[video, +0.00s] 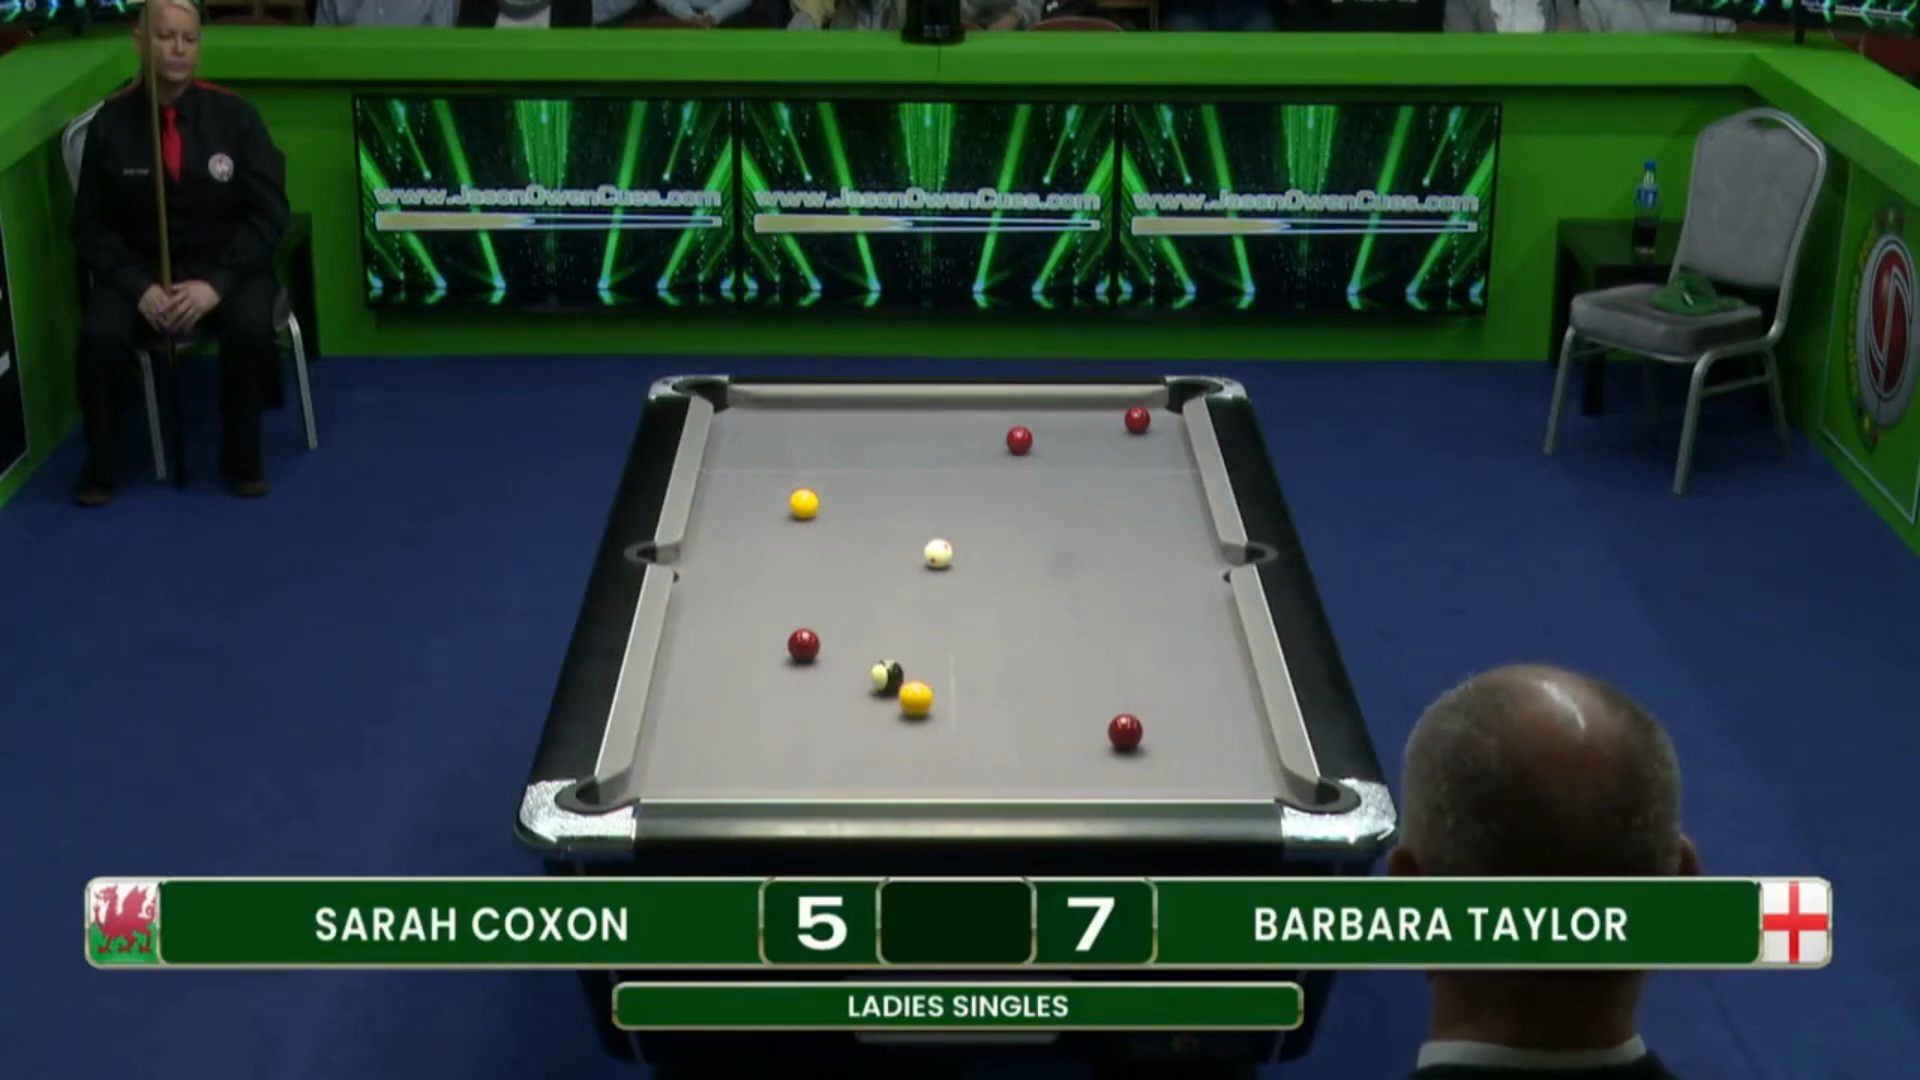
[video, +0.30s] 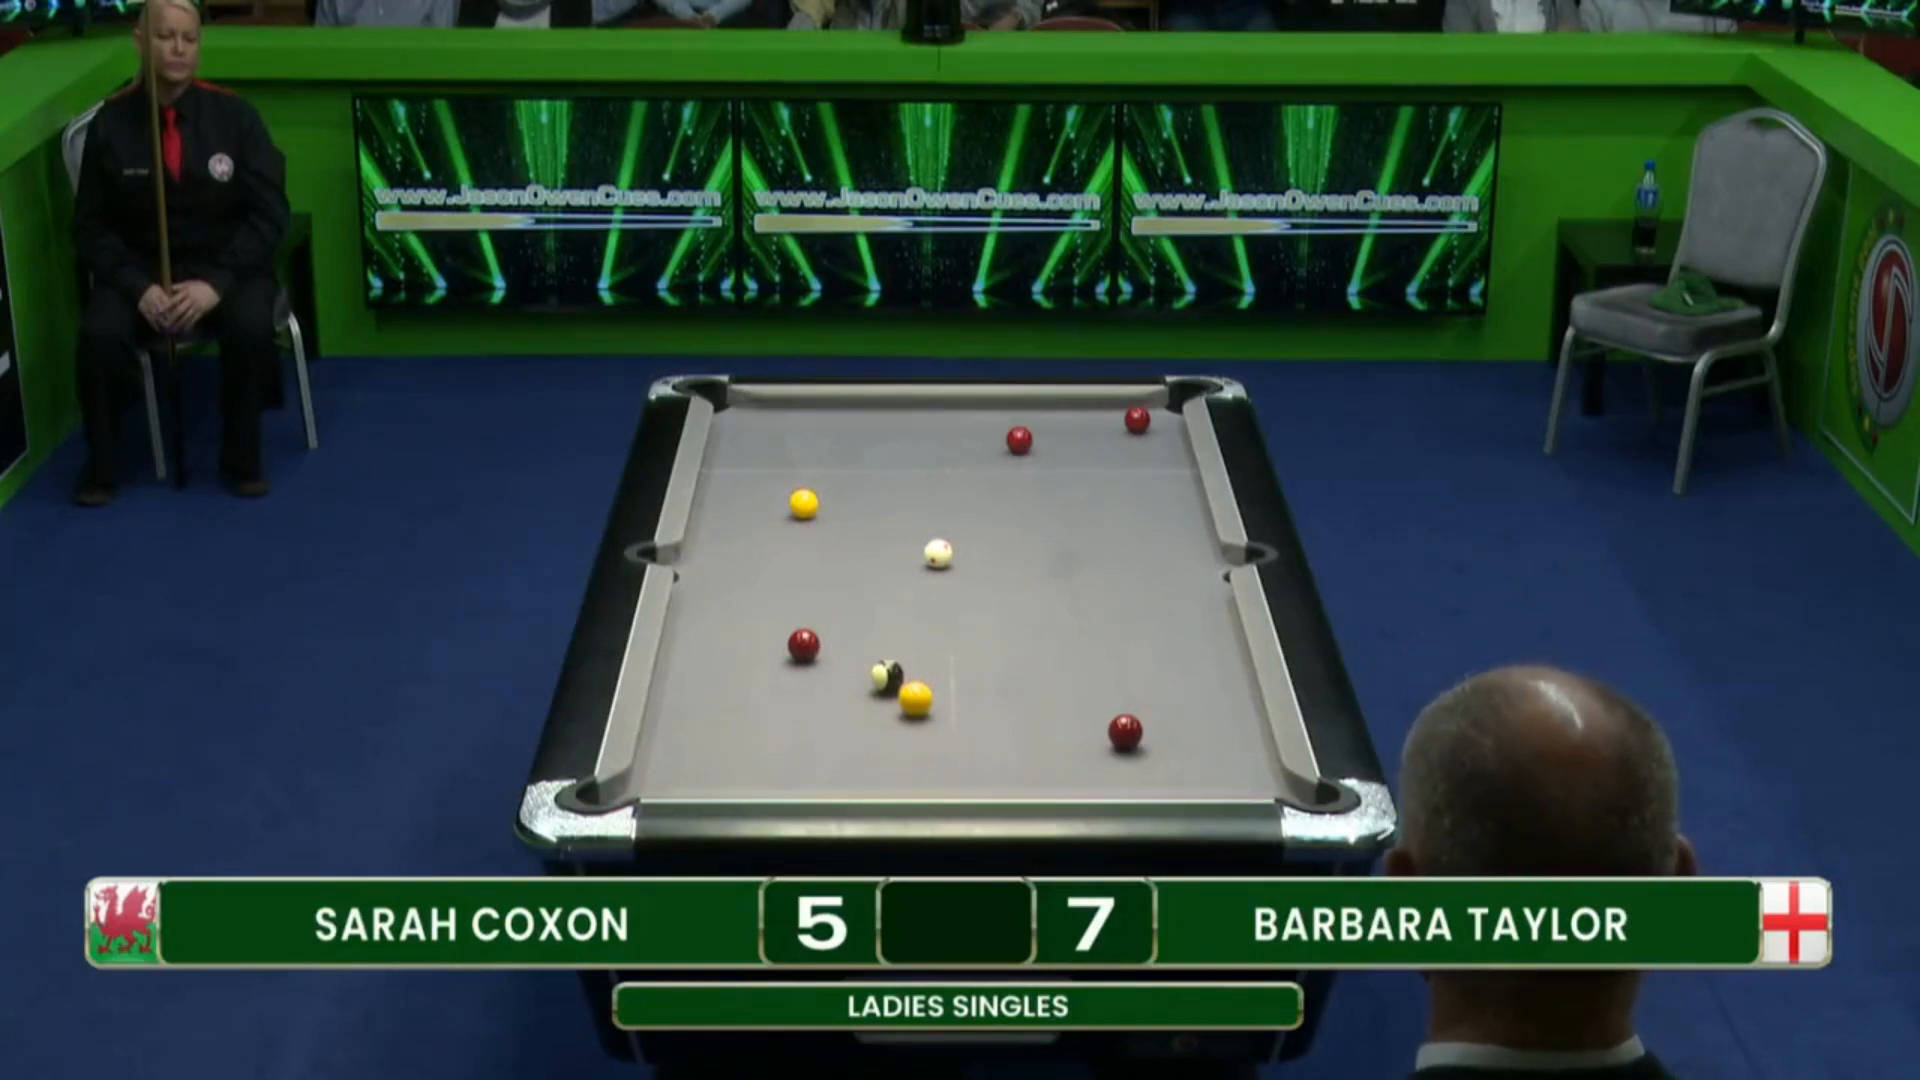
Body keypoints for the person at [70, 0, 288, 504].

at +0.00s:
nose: (179, 49)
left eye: (189, 38)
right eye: (166, 37)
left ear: (199, 45)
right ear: (141, 41)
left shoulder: (235, 115)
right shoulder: (111, 121)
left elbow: (269, 214)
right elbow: (90, 226)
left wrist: (213, 283)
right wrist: (140, 287)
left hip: (221, 266)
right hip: (138, 273)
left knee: (249, 329)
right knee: (101, 335)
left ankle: (243, 461)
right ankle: (101, 467)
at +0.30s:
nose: (179, 49)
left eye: (189, 38)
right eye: (165, 37)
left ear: (199, 44)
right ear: (141, 42)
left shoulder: (235, 115)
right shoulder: (111, 122)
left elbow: (269, 214)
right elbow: (90, 226)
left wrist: (214, 283)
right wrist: (140, 287)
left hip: (221, 267)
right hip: (138, 273)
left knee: (249, 329)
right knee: (101, 335)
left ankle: (244, 461)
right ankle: (101, 467)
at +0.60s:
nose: (179, 48)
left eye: (189, 38)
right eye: (165, 37)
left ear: (199, 44)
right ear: (141, 42)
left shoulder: (235, 115)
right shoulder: (111, 121)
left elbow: (269, 214)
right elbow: (90, 226)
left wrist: (214, 283)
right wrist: (140, 287)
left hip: (221, 267)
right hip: (138, 273)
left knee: (249, 329)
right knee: (101, 335)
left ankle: (244, 461)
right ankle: (101, 467)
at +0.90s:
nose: (179, 48)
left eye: (189, 38)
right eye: (165, 37)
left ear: (199, 44)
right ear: (141, 41)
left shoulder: (235, 115)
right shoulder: (111, 121)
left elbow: (269, 214)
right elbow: (90, 226)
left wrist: (214, 283)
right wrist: (140, 287)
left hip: (221, 267)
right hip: (138, 273)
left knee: (249, 329)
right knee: (101, 335)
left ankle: (244, 461)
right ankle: (101, 467)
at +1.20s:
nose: (179, 49)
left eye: (189, 38)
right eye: (165, 37)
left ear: (199, 44)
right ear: (141, 41)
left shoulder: (235, 115)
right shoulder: (111, 121)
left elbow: (269, 214)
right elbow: (90, 226)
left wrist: (214, 283)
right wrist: (140, 287)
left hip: (221, 266)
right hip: (138, 273)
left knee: (249, 329)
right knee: (101, 335)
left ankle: (243, 462)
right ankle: (101, 467)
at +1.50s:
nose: (179, 49)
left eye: (189, 38)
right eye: (165, 37)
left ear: (200, 45)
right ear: (141, 42)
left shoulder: (235, 115)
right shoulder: (111, 121)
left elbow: (269, 215)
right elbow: (90, 226)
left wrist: (214, 284)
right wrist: (140, 287)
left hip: (221, 266)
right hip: (138, 272)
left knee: (249, 330)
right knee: (101, 336)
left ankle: (243, 463)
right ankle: (101, 469)